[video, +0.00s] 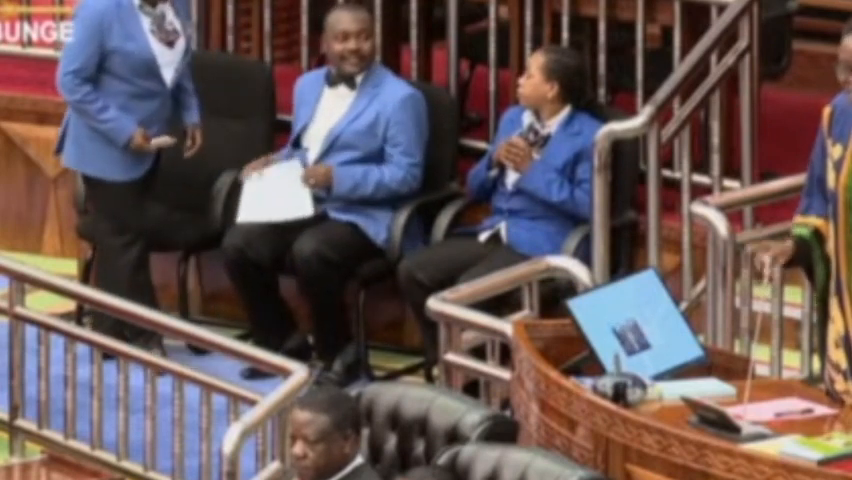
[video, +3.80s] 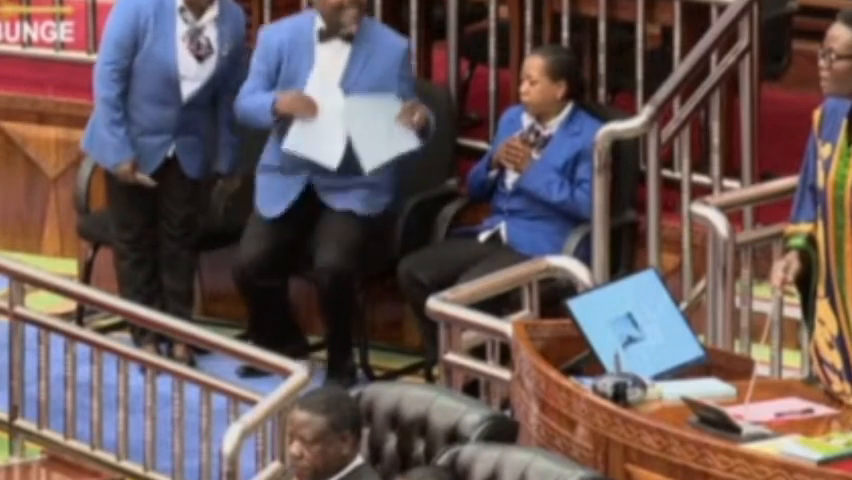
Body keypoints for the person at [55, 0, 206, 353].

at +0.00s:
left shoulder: (179, 7)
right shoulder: (101, 11)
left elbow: (179, 64)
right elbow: (71, 81)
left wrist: (190, 113)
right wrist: (125, 131)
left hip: (149, 147)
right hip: (104, 148)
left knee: (123, 242)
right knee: (125, 244)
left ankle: (108, 332)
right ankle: (143, 336)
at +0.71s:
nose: (195, 23)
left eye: (200, 15)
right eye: (188, 15)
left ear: (205, 8)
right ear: (163, 6)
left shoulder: (208, 22)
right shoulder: (116, 30)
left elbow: (212, 90)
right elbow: (88, 100)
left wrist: (219, 155)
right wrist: (132, 157)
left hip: (172, 143)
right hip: (115, 144)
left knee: (179, 227)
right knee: (132, 241)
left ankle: (150, 321)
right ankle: (146, 335)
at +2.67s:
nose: (216, 17)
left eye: (222, 9)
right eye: (208, 8)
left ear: (228, 6)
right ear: (185, 2)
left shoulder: (239, 31)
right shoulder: (138, 16)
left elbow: (236, 103)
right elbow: (106, 84)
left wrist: (228, 164)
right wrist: (115, 153)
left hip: (196, 141)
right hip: (141, 138)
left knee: (184, 237)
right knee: (140, 237)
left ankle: (181, 331)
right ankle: (146, 330)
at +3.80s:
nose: (199, 3)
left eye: (204, 4)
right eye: (193, 4)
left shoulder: (233, 18)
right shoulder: (137, 10)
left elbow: (231, 92)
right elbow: (108, 77)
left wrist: (227, 158)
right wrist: (117, 151)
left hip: (191, 143)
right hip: (135, 141)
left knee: (181, 239)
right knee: (135, 241)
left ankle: (179, 331)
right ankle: (144, 332)